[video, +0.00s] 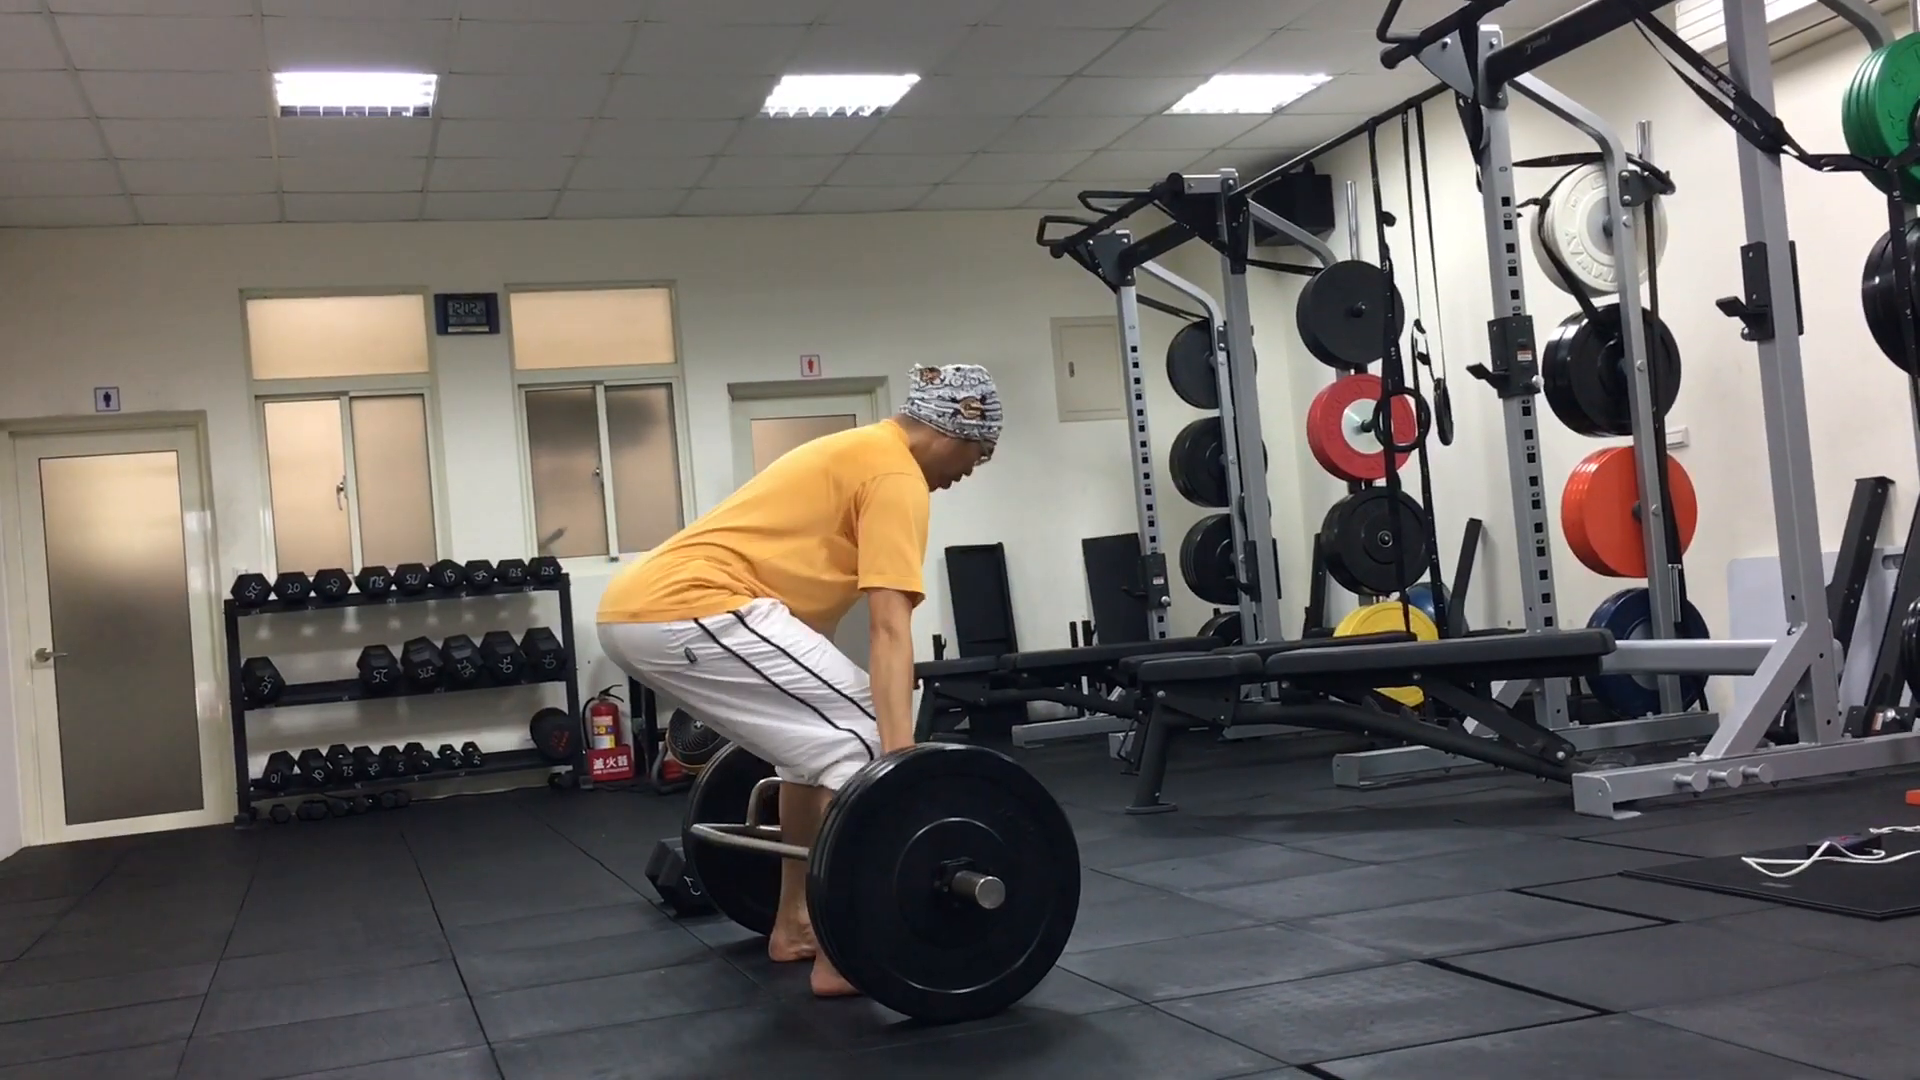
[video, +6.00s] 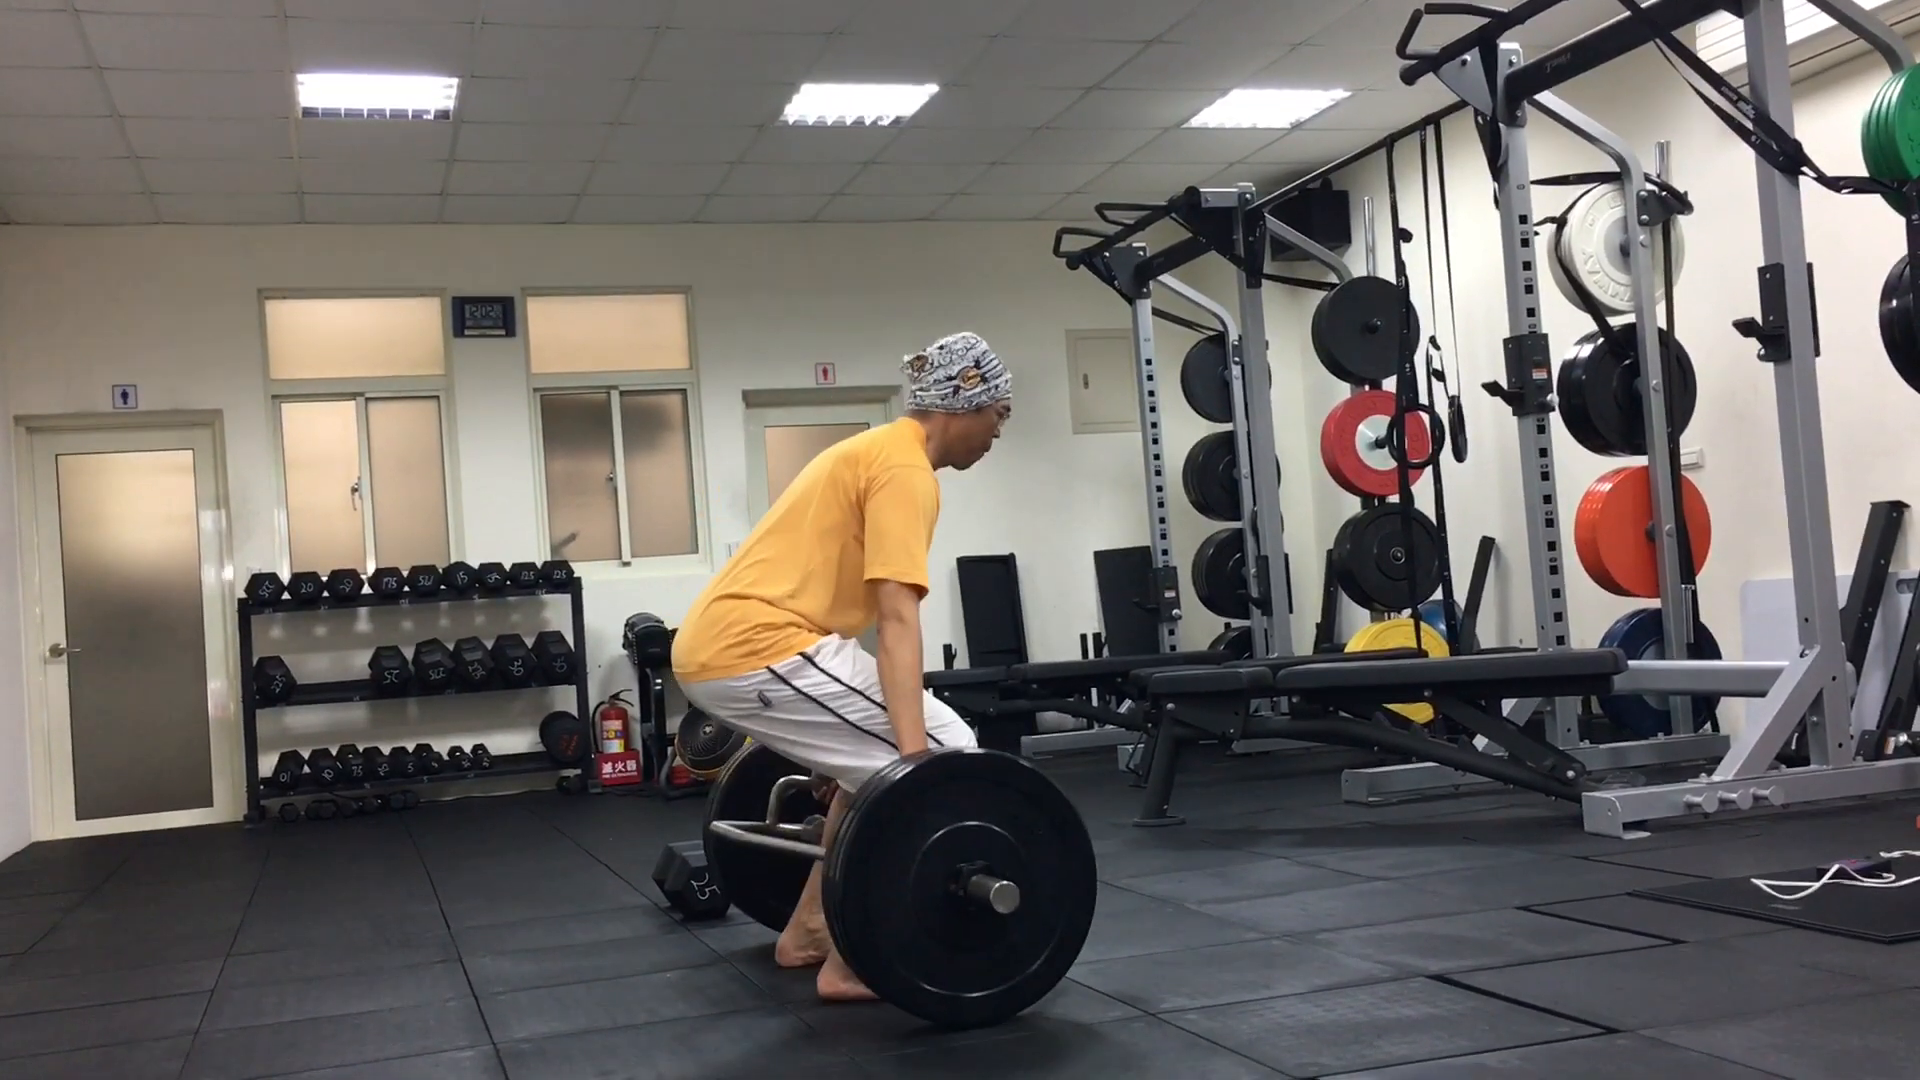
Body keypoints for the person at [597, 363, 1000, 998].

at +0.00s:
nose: (970, 473)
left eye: (979, 460)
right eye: (976, 455)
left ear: (920, 419)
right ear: (949, 430)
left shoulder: (856, 453)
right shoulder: (894, 474)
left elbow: (798, 609)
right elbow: (889, 625)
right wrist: (901, 755)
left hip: (641, 610)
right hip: (697, 609)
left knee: (813, 739)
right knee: (870, 733)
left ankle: (795, 924)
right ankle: (849, 955)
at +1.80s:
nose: (963, 365)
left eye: (970, 351)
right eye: (966, 346)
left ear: (909, 328)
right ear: (936, 330)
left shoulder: (845, 372)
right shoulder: (879, 383)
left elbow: (828, 531)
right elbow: (856, 532)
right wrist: (863, 668)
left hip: (677, 562)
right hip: (726, 562)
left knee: (823, 714)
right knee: (855, 717)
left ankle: (788, 899)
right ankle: (836, 931)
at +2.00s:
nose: (944, 276)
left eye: (948, 259)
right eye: (944, 256)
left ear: (885, 238)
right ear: (913, 241)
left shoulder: (822, 295)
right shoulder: (856, 302)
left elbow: (806, 453)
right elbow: (844, 448)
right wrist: (855, 598)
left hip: (691, 511)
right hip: (734, 513)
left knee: (799, 699)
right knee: (846, 694)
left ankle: (785, 898)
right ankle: (834, 927)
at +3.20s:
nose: (953, 382)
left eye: (958, 366)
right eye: (954, 363)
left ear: (892, 346)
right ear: (922, 348)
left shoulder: (830, 400)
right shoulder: (867, 407)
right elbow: (871, 565)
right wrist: (896, 701)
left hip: (697, 614)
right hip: (742, 615)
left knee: (856, 745)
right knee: (891, 748)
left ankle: (800, 932)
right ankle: (849, 965)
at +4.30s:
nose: (970, 297)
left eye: (974, 279)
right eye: (970, 276)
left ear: (911, 258)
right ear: (940, 263)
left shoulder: (850, 321)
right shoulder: (880, 327)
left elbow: (839, 483)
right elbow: (869, 476)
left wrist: (863, 622)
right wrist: (881, 625)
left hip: (736, 548)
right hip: (772, 550)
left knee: (837, 729)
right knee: (880, 728)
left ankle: (812, 933)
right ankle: (857, 964)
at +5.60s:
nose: (980, 423)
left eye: (985, 408)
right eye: (980, 405)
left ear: (921, 390)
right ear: (946, 393)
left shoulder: (858, 438)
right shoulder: (887, 448)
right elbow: (883, 604)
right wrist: (904, 741)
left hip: (708, 640)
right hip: (749, 640)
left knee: (880, 755)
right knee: (936, 753)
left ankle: (807, 933)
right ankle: (852, 963)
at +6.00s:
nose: (997, 436)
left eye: (1001, 421)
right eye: (997, 418)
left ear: (936, 404)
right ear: (961, 407)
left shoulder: (873, 452)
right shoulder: (903, 464)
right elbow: (896, 618)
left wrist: (853, 753)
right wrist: (912, 754)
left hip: (718, 645)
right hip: (759, 647)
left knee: (885, 754)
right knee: (947, 749)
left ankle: (808, 931)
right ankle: (856, 961)